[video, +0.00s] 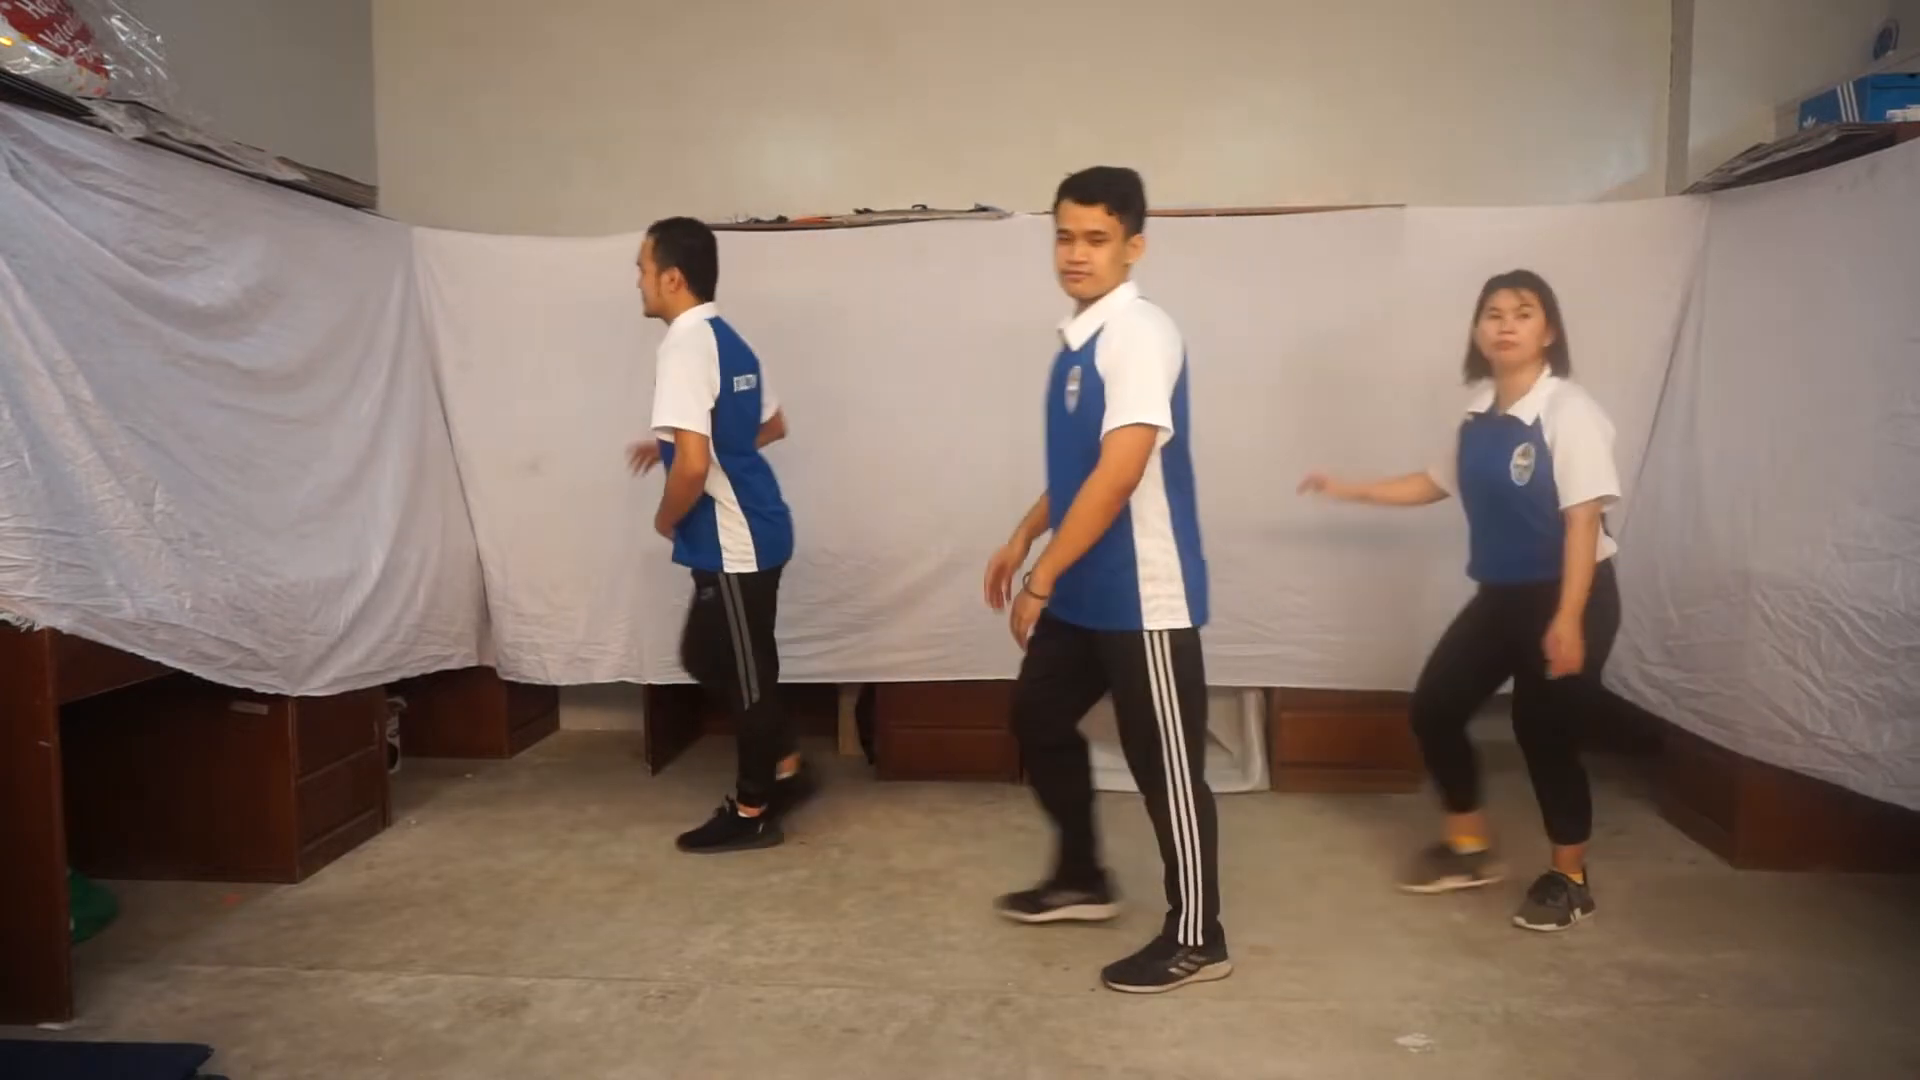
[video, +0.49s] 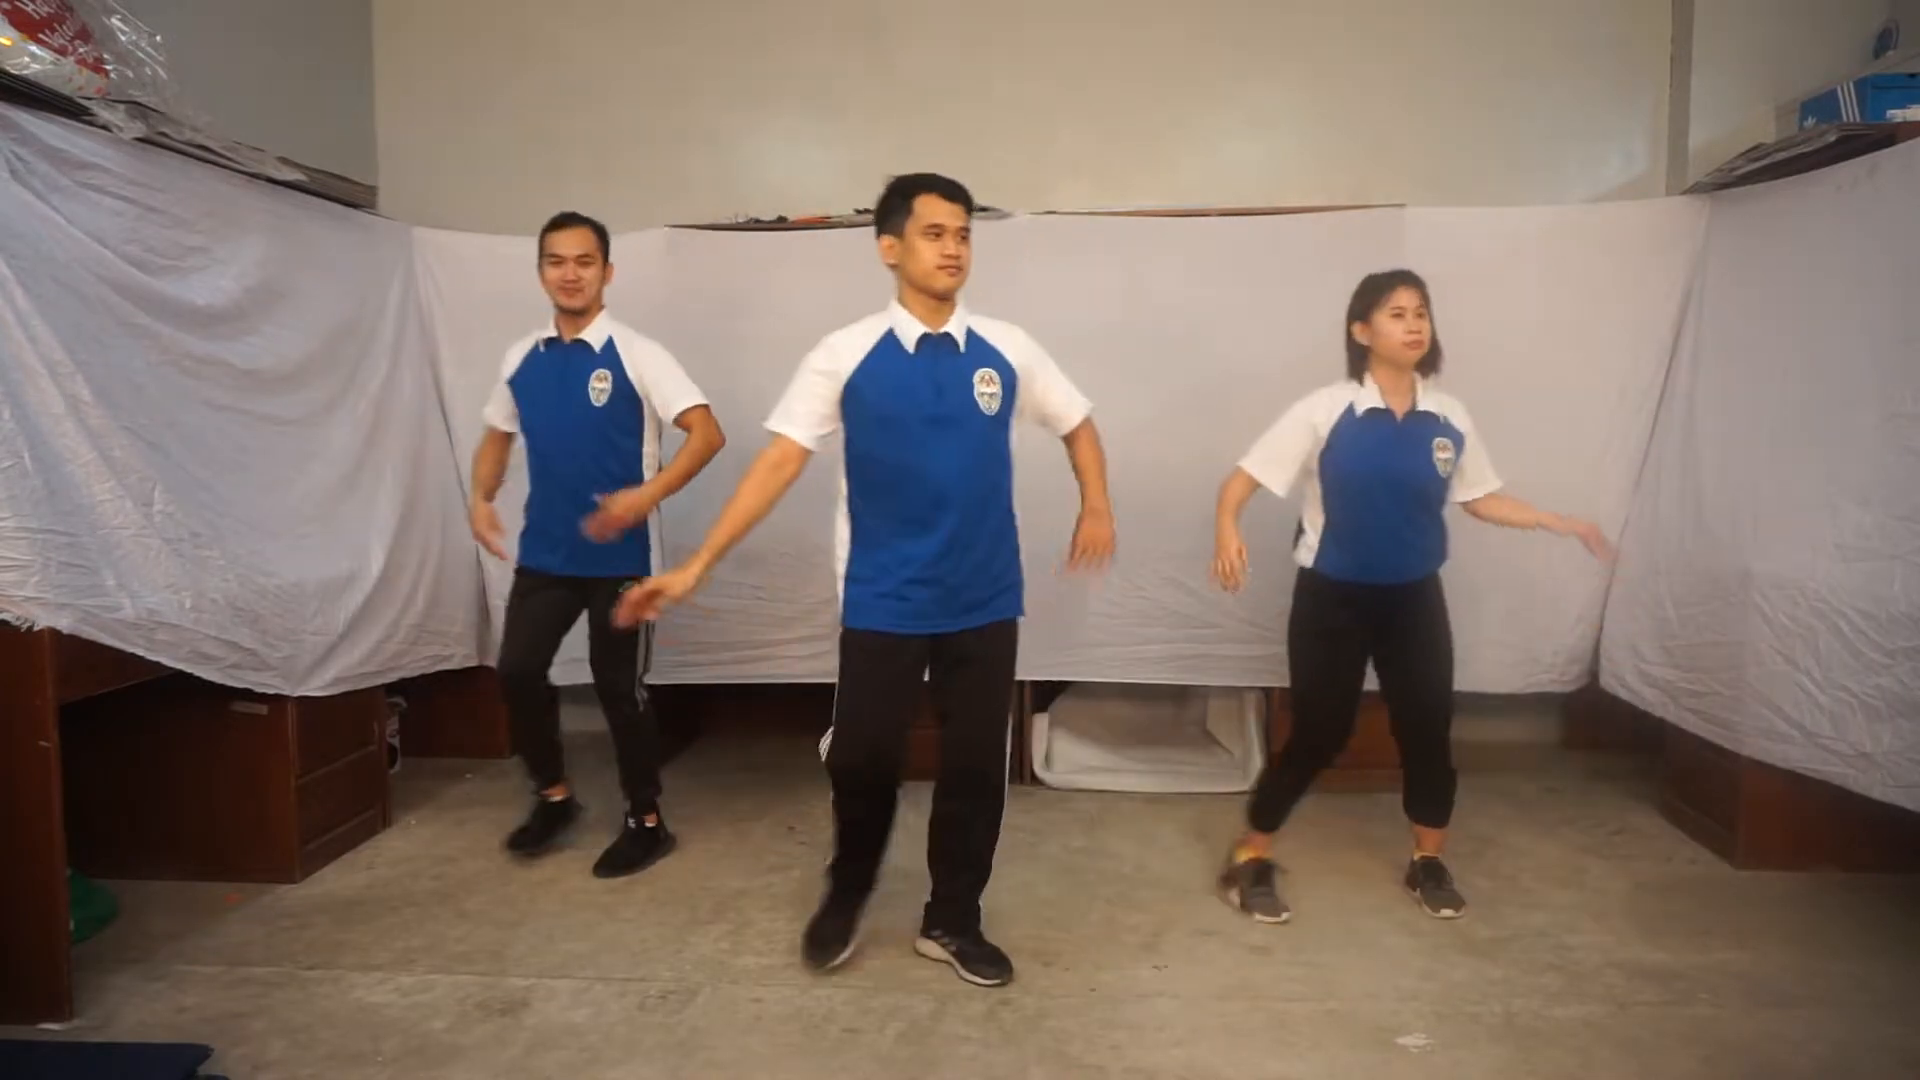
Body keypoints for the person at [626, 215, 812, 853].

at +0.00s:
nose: (638, 279)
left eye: (644, 268)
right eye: (640, 268)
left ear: (672, 275)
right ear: (690, 277)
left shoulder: (686, 344)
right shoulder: (722, 333)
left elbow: (694, 464)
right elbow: (769, 425)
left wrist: (664, 520)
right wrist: (674, 442)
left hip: (735, 542)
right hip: (744, 534)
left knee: (747, 674)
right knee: (703, 654)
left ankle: (753, 808)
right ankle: (786, 763)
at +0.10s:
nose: (612, 276)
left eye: (618, 264)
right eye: (613, 264)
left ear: (649, 271)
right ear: (658, 272)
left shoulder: (675, 340)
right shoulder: (668, 335)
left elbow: (700, 453)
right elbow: (688, 439)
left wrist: (660, 520)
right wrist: (641, 496)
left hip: (718, 542)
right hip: (690, 539)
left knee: (737, 680)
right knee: (679, 671)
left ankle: (751, 809)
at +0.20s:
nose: (589, 276)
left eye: (596, 265)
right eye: (590, 265)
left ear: (630, 269)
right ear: (632, 270)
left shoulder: (667, 340)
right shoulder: (633, 340)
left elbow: (704, 444)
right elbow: (644, 443)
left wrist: (654, 523)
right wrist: (614, 503)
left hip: (688, 547)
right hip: (649, 545)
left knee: (694, 685)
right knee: (652, 682)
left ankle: (745, 803)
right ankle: (646, 802)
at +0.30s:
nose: (581, 273)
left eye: (593, 260)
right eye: (577, 262)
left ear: (634, 266)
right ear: (579, 269)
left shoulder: (662, 344)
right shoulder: (597, 349)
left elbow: (710, 440)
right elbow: (601, 447)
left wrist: (652, 520)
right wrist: (568, 500)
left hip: (661, 548)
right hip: (606, 548)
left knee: (649, 679)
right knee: (622, 679)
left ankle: (689, 807)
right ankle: (642, 800)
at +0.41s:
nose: (582, 270)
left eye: (596, 258)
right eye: (570, 259)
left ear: (622, 267)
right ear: (557, 270)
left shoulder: (648, 347)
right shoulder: (548, 355)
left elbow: (714, 431)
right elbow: (544, 434)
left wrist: (655, 505)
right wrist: (513, 493)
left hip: (635, 557)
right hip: (567, 555)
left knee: (627, 685)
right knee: (550, 674)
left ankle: (648, 818)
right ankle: (615, 785)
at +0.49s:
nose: (570, 273)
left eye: (584, 262)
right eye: (557, 262)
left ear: (607, 272)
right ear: (540, 273)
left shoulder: (634, 352)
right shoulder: (523, 357)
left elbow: (707, 433)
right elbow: (497, 437)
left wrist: (646, 495)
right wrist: (481, 498)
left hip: (617, 558)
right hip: (545, 557)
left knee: (617, 687)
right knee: (519, 671)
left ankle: (646, 821)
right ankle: (553, 798)